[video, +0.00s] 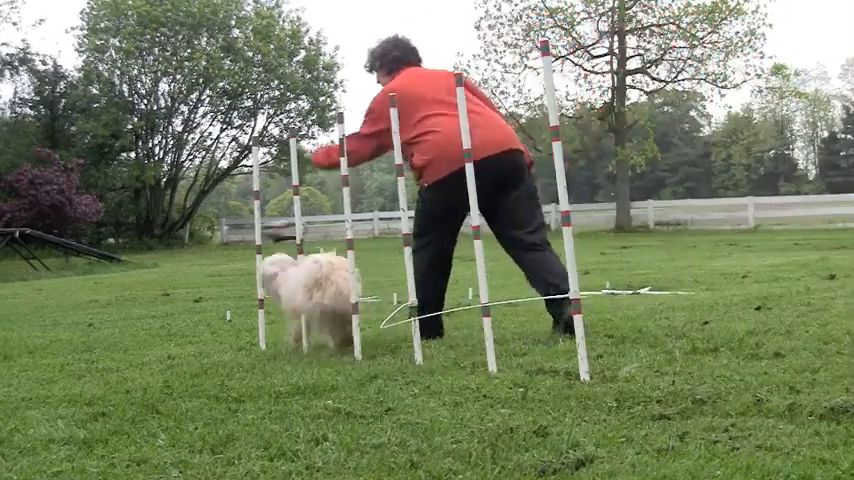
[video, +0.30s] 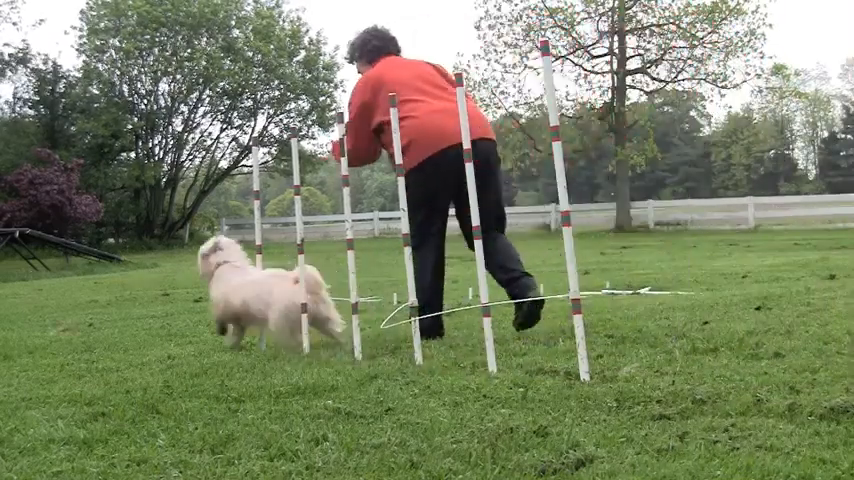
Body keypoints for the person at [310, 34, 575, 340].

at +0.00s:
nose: (379, 83)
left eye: (378, 76)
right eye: (377, 77)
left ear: (388, 68)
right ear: (414, 61)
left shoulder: (389, 96)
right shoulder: (454, 76)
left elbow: (361, 145)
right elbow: (493, 111)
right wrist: (520, 153)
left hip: (446, 166)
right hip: (503, 152)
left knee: (431, 247)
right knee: (529, 239)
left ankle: (429, 326)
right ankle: (566, 309)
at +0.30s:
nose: (359, 74)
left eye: (359, 68)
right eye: (357, 69)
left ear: (368, 59)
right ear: (394, 52)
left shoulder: (368, 82)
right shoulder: (430, 67)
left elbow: (361, 153)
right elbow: (460, 101)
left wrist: (342, 150)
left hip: (429, 152)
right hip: (481, 141)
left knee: (427, 241)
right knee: (486, 230)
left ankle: (430, 324)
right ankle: (525, 289)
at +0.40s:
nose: (362, 66)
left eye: (361, 60)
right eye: (360, 61)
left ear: (366, 53)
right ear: (396, 44)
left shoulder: (366, 79)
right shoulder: (429, 62)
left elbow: (362, 149)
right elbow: (465, 101)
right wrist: (486, 146)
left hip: (426, 151)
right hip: (476, 142)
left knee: (428, 241)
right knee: (471, 230)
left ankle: (431, 325)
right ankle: (499, 302)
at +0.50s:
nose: (361, 55)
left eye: (361, 49)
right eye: (360, 49)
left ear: (369, 44)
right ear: (398, 39)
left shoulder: (366, 73)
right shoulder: (431, 60)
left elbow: (363, 146)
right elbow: (464, 101)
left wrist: (378, 124)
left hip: (423, 153)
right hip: (474, 147)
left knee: (427, 238)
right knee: (461, 234)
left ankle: (431, 326)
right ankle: (468, 317)